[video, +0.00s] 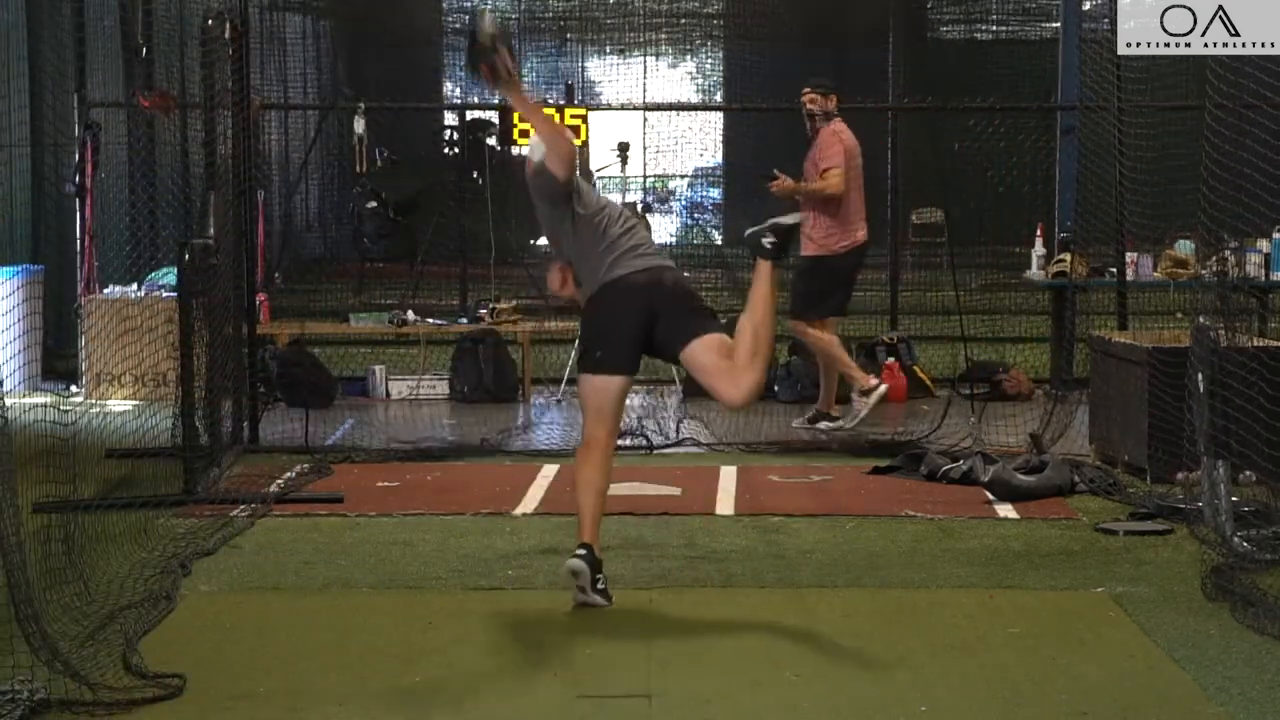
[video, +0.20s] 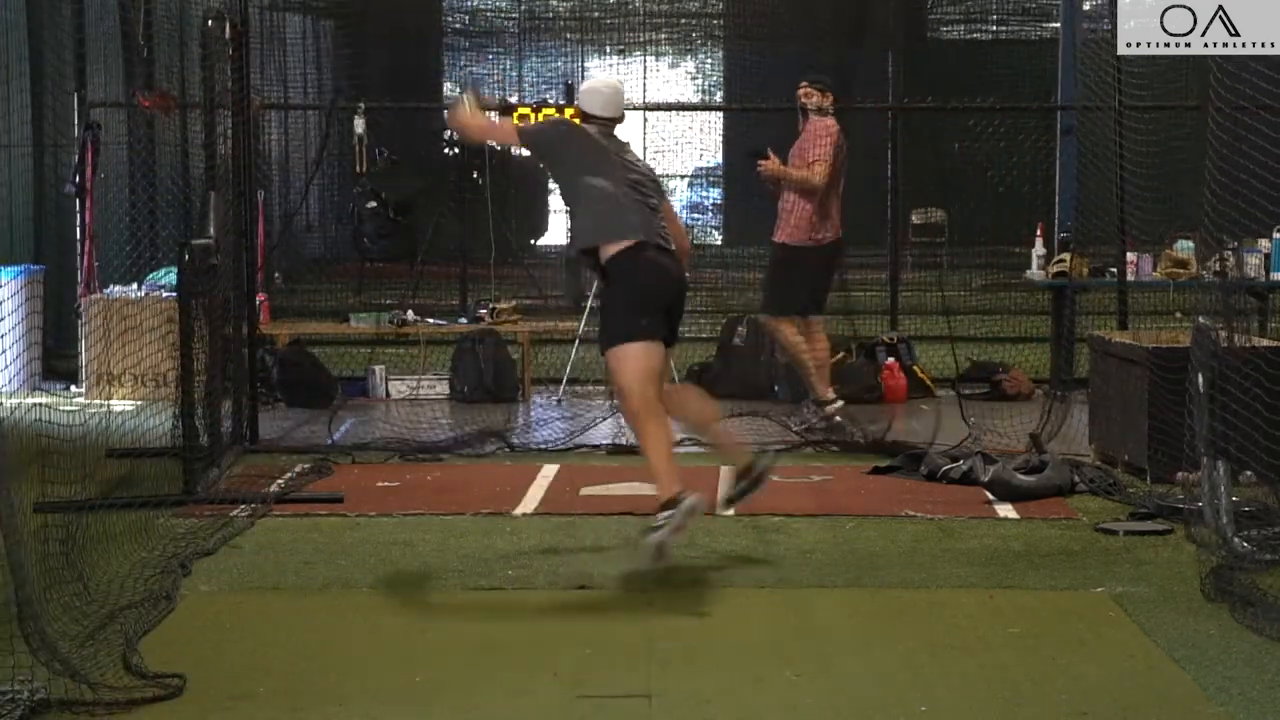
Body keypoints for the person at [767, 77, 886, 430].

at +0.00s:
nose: (809, 106)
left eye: (815, 100)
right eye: (805, 101)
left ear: (833, 103)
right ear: (804, 106)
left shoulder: (831, 136)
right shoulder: (834, 134)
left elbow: (834, 187)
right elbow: (828, 187)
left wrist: (795, 188)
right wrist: (796, 187)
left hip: (828, 247)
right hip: (841, 245)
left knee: (800, 323)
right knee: (824, 326)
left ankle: (865, 384)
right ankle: (825, 408)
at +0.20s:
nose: (803, 97)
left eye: (810, 92)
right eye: (801, 93)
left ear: (827, 100)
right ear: (800, 101)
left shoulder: (823, 128)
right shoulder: (811, 131)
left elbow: (817, 180)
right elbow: (802, 188)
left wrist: (780, 172)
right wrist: (778, 177)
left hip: (803, 239)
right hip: (814, 239)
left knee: (774, 316)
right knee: (811, 319)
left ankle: (823, 395)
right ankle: (822, 400)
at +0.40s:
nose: (776, 105)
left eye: (783, 99)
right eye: (774, 99)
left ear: (801, 104)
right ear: (775, 104)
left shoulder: (802, 134)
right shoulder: (798, 134)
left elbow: (802, 187)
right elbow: (792, 185)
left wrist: (763, 179)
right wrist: (762, 180)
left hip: (785, 245)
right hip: (810, 245)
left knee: (753, 322)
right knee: (808, 323)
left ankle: (784, 406)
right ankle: (824, 409)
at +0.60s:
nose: (739, 117)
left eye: (743, 110)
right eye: (738, 111)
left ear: (759, 110)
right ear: (764, 110)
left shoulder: (776, 140)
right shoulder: (777, 138)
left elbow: (787, 193)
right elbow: (775, 191)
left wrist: (741, 190)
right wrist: (738, 184)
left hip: (773, 247)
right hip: (792, 246)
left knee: (736, 321)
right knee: (799, 326)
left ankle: (742, 413)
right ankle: (821, 408)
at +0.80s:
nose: (707, 126)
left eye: (710, 119)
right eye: (705, 119)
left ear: (716, 117)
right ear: (728, 112)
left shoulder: (742, 141)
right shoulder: (741, 139)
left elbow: (763, 196)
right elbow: (750, 192)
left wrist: (715, 198)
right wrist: (715, 195)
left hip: (748, 246)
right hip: (758, 245)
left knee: (726, 325)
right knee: (752, 324)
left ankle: (740, 412)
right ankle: (802, 394)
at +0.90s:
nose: (686, 125)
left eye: (686, 118)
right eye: (685, 119)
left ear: (694, 116)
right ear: (705, 111)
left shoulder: (727, 136)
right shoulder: (705, 141)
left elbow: (742, 194)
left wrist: (698, 193)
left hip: (739, 243)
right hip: (729, 242)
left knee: (729, 327)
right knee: (722, 323)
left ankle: (741, 415)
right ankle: (772, 385)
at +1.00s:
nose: (663, 129)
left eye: (664, 121)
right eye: (662, 121)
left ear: (675, 116)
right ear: (687, 109)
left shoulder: (707, 134)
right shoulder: (683, 140)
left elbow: (726, 191)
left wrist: (683, 205)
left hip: (729, 244)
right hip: (704, 244)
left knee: (724, 328)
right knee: (700, 324)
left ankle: (742, 412)